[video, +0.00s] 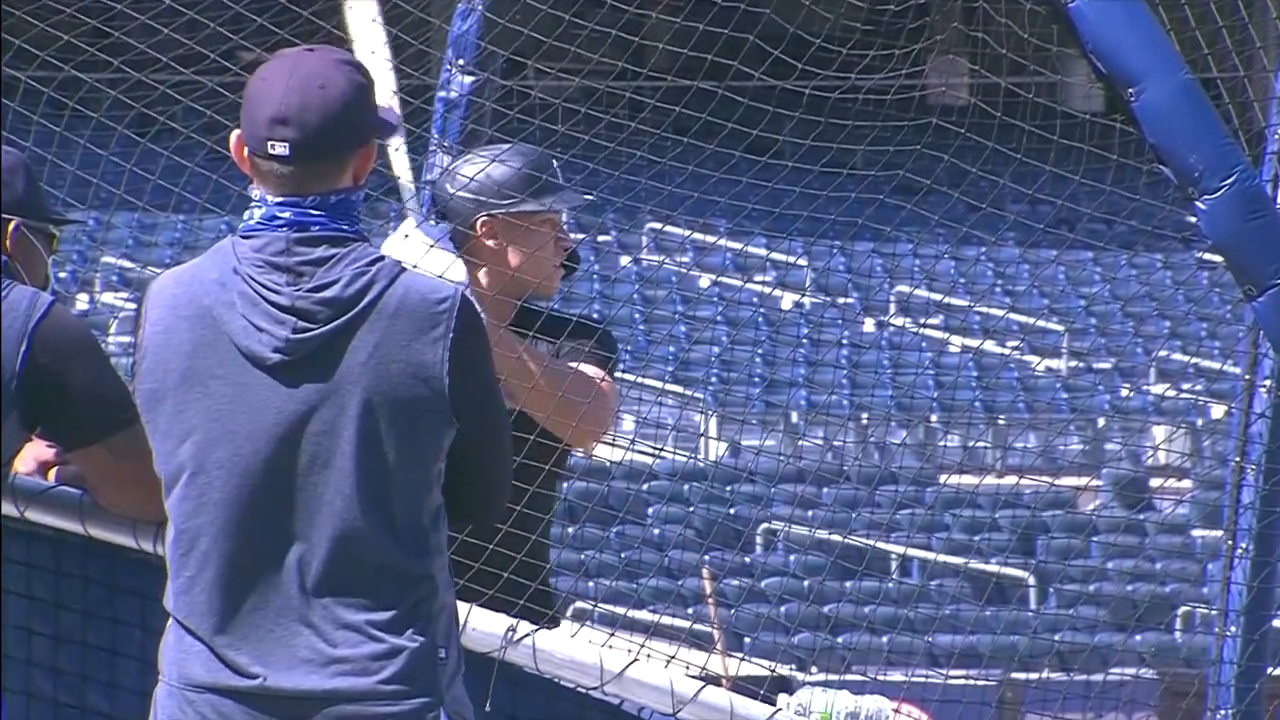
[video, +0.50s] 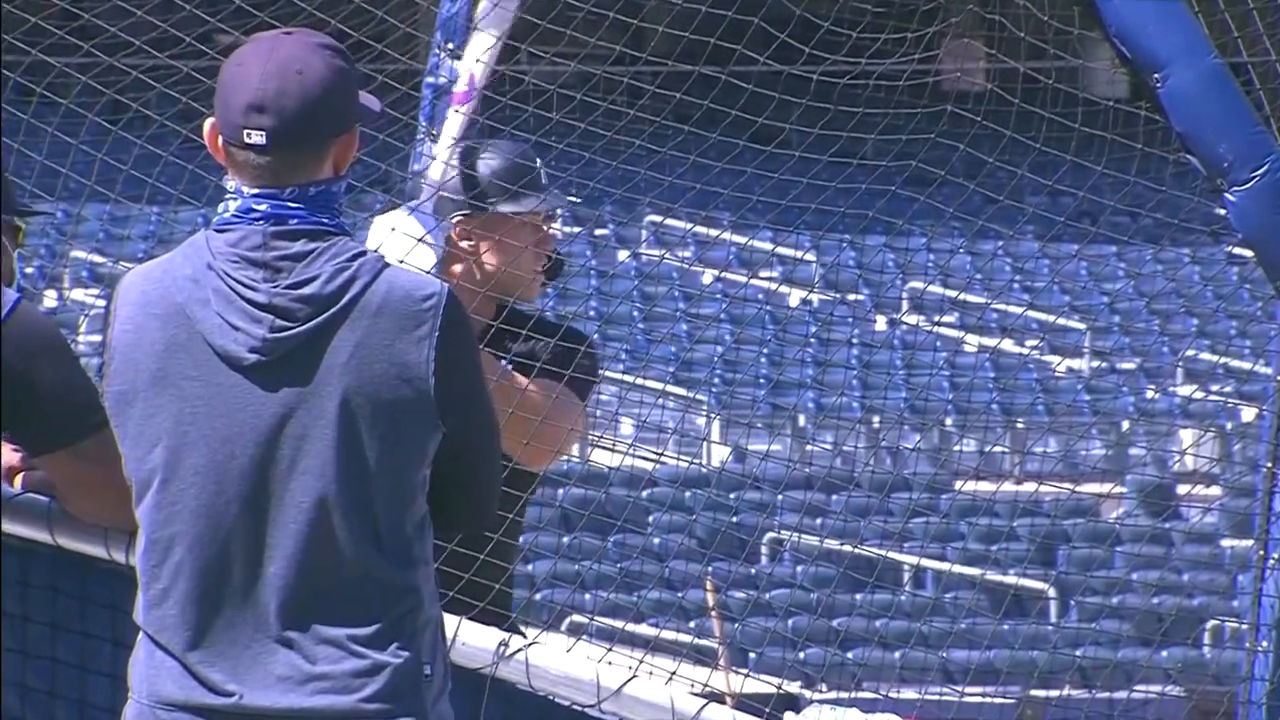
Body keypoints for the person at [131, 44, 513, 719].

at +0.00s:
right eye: (377, 148)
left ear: (240, 155)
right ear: (366, 165)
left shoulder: (167, 304)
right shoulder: (439, 314)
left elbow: (178, 468)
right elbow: (479, 498)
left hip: (204, 690)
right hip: (387, 692)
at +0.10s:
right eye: (372, 149)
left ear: (233, 154)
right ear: (360, 163)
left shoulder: (161, 304)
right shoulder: (434, 315)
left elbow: (172, 472)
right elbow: (476, 501)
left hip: (198, 691)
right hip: (384, 693)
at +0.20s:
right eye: (369, 144)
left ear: (229, 151)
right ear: (358, 160)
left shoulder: (157, 303)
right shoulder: (430, 311)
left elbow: (169, 471)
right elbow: (475, 500)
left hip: (193, 691)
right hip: (383, 694)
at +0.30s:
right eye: (365, 141)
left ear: (224, 149)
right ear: (354, 159)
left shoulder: (151, 302)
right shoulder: (428, 314)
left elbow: (159, 475)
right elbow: (471, 504)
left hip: (187, 692)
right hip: (379, 694)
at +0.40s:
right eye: (363, 139)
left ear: (220, 147)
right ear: (351, 155)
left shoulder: (145, 300)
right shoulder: (425, 313)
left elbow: (152, 476)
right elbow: (471, 509)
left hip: (181, 693)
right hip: (375, 694)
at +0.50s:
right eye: (358, 136)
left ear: (213, 145)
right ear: (347, 153)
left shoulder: (139, 300)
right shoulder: (422, 313)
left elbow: (146, 478)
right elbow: (468, 510)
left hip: (172, 693)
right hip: (368, 694)